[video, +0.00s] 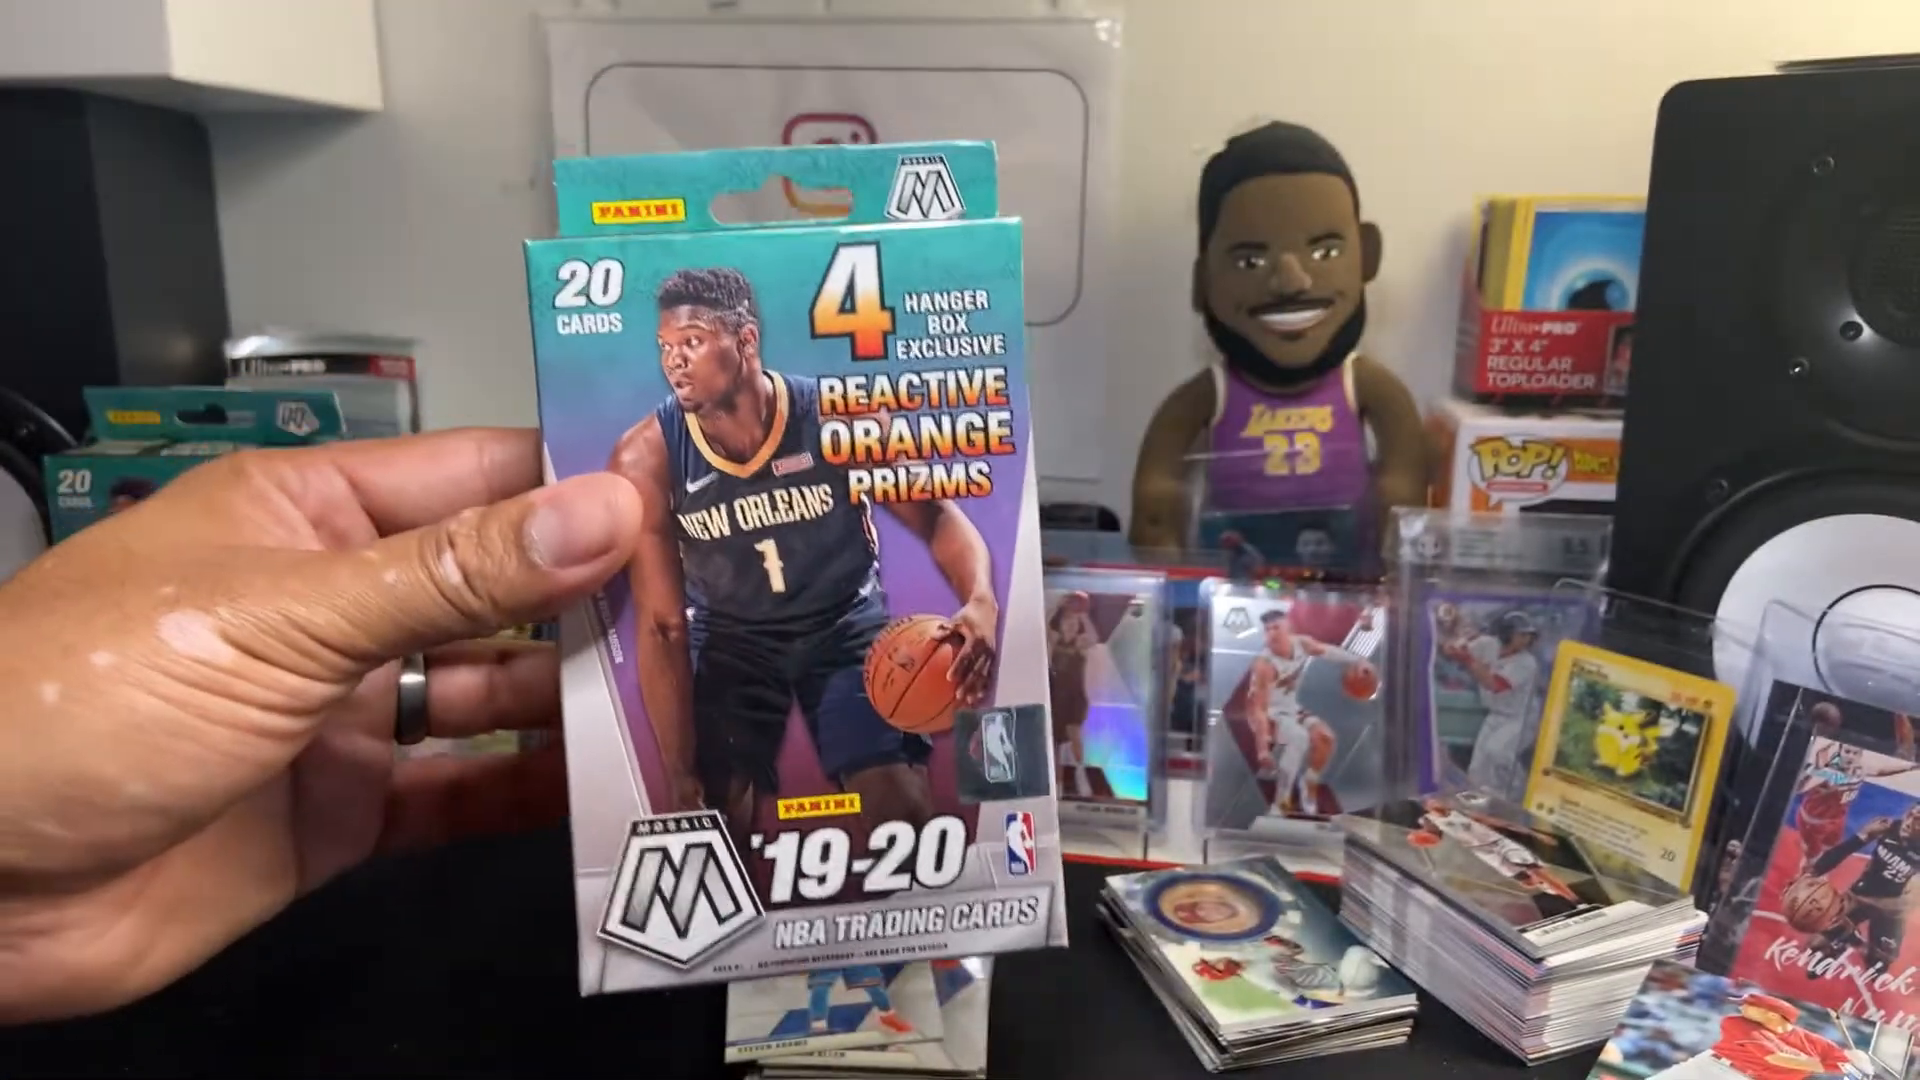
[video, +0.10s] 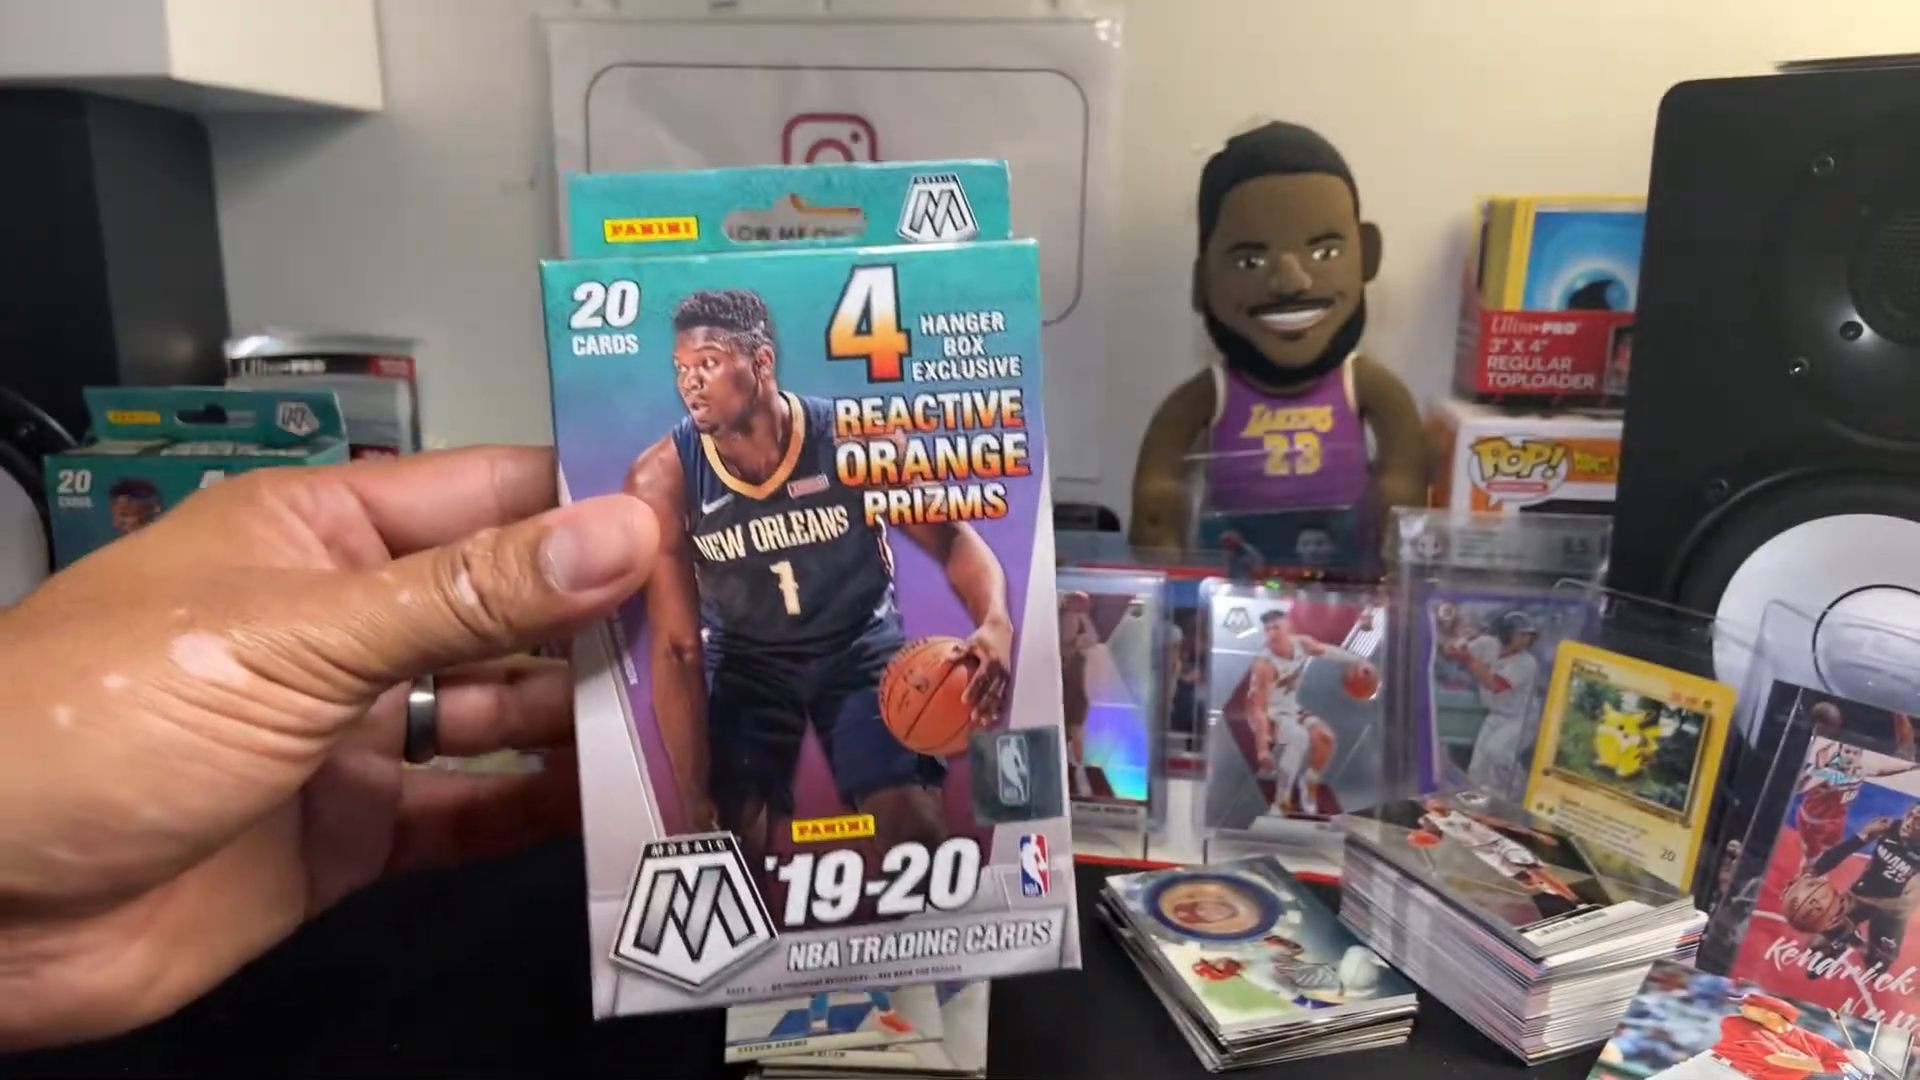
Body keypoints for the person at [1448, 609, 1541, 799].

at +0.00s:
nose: (1526, 640)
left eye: (1529, 636)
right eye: (1522, 635)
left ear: (1532, 638)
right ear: (1509, 634)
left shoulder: (1527, 662)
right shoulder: (1489, 645)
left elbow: (1496, 684)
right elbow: (1457, 651)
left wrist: (1471, 662)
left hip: (1517, 721)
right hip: (1494, 717)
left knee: (1496, 750)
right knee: (1479, 756)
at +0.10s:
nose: (1526, 640)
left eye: (1529, 636)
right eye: (1522, 635)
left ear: (1532, 638)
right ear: (1509, 634)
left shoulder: (1527, 662)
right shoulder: (1489, 645)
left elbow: (1497, 684)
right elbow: (1458, 651)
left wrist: (1471, 662)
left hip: (1517, 721)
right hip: (1494, 717)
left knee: (1496, 750)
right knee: (1480, 756)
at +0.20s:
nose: (1526, 640)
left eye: (1529, 636)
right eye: (1521, 634)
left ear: (1532, 638)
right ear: (1508, 634)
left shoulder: (1527, 662)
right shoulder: (1490, 646)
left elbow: (1496, 684)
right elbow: (1460, 650)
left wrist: (1470, 662)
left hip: (1517, 721)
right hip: (1494, 717)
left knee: (1496, 750)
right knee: (1480, 754)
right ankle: (1475, 795)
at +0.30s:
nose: (1526, 640)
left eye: (1529, 635)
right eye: (1521, 634)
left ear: (1532, 638)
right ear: (1508, 634)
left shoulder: (1527, 662)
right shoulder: (1489, 645)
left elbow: (1496, 684)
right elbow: (1459, 650)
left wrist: (1470, 662)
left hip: (1516, 721)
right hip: (1494, 717)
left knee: (1496, 750)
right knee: (1480, 754)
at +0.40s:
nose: (1526, 640)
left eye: (1529, 635)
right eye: (1521, 634)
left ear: (1532, 638)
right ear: (1508, 634)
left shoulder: (1527, 662)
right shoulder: (1489, 645)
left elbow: (1496, 684)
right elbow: (1459, 650)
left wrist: (1470, 662)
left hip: (1516, 721)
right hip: (1494, 717)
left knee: (1496, 750)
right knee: (1480, 754)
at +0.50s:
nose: (1526, 640)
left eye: (1529, 636)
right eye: (1521, 635)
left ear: (1532, 638)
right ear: (1508, 634)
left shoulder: (1527, 662)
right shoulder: (1490, 645)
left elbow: (1497, 684)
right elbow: (1458, 650)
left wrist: (1470, 661)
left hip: (1517, 721)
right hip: (1494, 717)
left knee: (1496, 750)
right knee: (1480, 753)